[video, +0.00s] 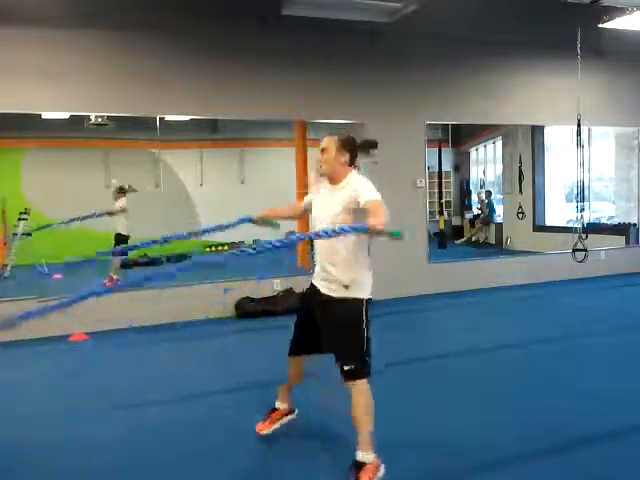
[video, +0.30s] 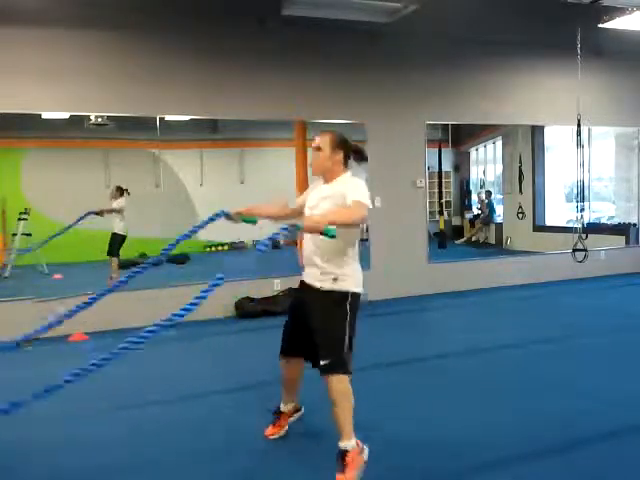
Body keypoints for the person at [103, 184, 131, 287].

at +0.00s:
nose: (113, 196)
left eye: (114, 194)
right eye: (113, 194)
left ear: (119, 194)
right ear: (121, 194)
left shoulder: (122, 203)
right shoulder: (119, 203)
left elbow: (115, 211)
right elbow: (113, 212)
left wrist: (103, 213)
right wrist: (102, 213)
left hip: (122, 232)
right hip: (119, 231)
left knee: (117, 256)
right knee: (116, 256)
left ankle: (113, 276)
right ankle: (113, 276)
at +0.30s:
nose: (111, 194)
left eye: (113, 192)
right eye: (112, 191)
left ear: (118, 193)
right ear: (119, 193)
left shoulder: (121, 202)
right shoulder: (117, 202)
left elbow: (114, 209)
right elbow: (112, 210)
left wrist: (102, 211)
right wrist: (103, 212)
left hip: (120, 231)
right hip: (116, 230)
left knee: (114, 254)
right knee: (112, 254)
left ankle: (115, 277)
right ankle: (114, 276)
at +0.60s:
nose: (114, 198)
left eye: (116, 196)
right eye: (115, 196)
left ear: (121, 198)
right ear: (122, 198)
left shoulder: (121, 209)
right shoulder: (121, 208)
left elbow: (114, 222)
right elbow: (116, 223)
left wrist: (101, 224)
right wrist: (104, 228)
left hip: (117, 237)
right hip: (116, 237)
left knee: (109, 259)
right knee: (111, 259)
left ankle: (110, 278)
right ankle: (110, 278)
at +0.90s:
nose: (113, 194)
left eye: (115, 192)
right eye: (113, 192)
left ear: (119, 193)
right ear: (120, 193)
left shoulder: (123, 201)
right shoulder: (117, 202)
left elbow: (121, 209)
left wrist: (109, 211)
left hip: (122, 231)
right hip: (119, 230)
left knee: (117, 255)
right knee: (116, 255)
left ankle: (116, 277)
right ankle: (116, 276)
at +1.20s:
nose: (116, 194)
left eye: (118, 192)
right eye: (117, 192)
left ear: (124, 193)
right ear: (123, 193)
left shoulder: (124, 203)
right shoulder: (119, 203)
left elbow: (123, 212)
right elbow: (112, 212)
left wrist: (108, 213)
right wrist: (101, 212)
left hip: (120, 232)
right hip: (116, 231)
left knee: (116, 257)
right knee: (113, 257)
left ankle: (117, 280)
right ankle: (115, 279)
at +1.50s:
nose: (116, 199)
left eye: (119, 198)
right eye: (117, 197)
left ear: (123, 200)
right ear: (123, 199)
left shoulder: (123, 211)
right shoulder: (120, 209)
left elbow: (118, 225)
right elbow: (118, 224)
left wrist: (106, 229)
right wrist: (107, 228)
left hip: (120, 239)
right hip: (116, 238)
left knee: (112, 260)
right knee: (109, 260)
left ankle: (117, 280)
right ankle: (115, 280)